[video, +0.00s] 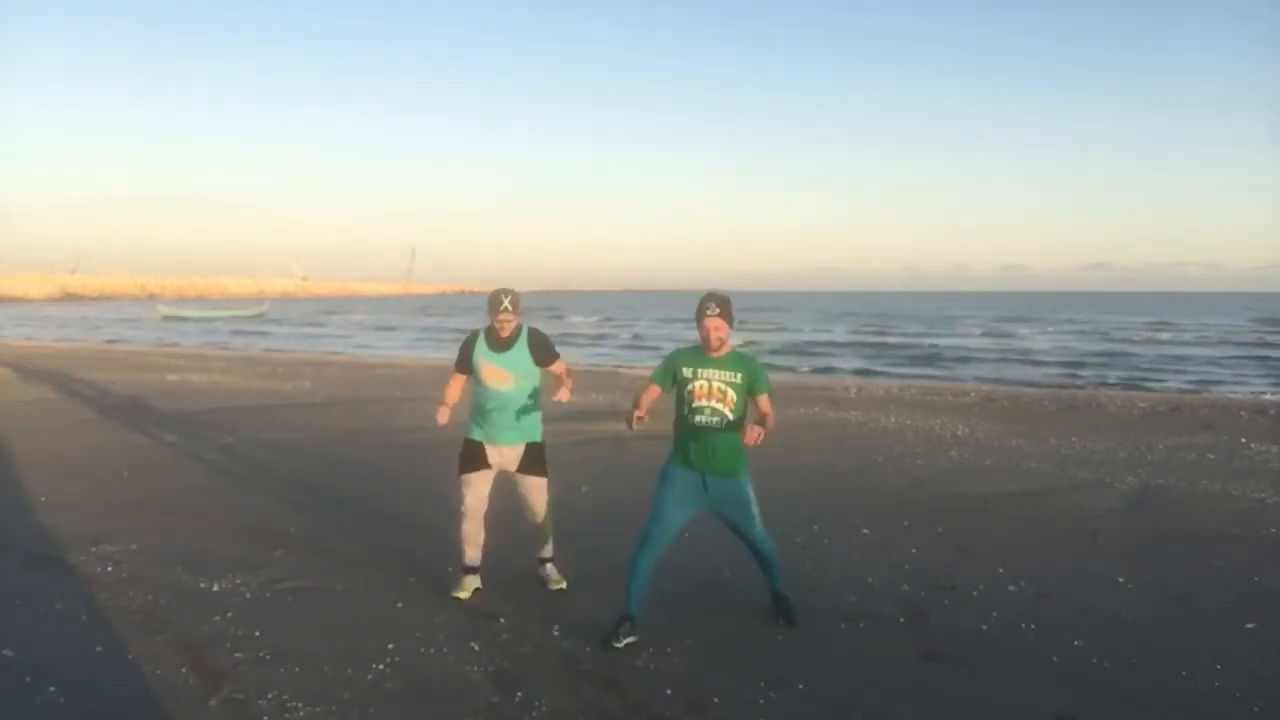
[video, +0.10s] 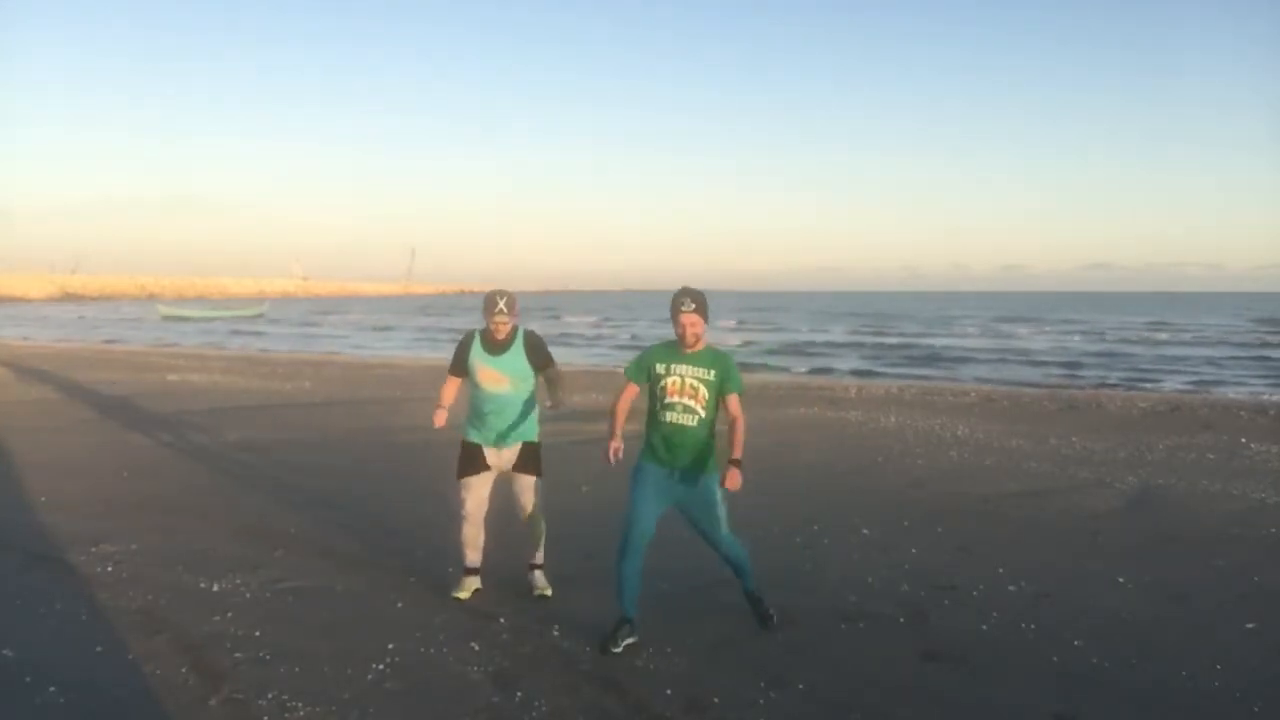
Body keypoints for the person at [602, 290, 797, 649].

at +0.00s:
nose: (711, 334)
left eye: (718, 326)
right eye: (705, 326)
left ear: (730, 327)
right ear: (697, 327)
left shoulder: (748, 366)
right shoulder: (679, 360)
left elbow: (766, 413)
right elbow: (650, 392)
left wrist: (760, 427)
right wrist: (639, 411)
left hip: (730, 475)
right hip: (684, 471)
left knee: (758, 540)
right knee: (652, 543)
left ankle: (780, 598)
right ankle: (629, 620)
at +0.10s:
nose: (686, 327)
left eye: (693, 320)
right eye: (680, 320)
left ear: (705, 322)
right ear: (673, 322)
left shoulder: (720, 362)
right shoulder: (655, 356)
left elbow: (736, 417)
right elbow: (626, 397)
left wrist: (735, 463)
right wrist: (616, 434)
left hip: (699, 471)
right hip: (654, 467)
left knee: (722, 540)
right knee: (634, 540)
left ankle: (753, 595)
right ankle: (627, 621)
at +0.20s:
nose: (673, 330)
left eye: (680, 322)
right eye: (667, 322)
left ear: (692, 323)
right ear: (658, 323)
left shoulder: (707, 367)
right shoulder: (639, 360)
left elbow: (717, 424)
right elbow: (613, 408)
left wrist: (718, 480)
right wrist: (606, 455)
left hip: (686, 472)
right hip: (641, 468)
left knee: (693, 545)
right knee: (627, 543)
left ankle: (709, 603)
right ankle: (627, 620)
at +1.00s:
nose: (680, 336)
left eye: (682, 328)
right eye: (672, 330)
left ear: (684, 331)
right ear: (652, 335)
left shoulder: (701, 374)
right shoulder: (626, 376)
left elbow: (729, 428)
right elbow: (603, 432)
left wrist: (715, 430)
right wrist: (634, 435)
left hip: (690, 490)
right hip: (639, 491)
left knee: (723, 564)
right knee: (624, 567)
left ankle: (753, 649)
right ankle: (624, 626)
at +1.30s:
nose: (713, 320)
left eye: (719, 312)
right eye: (705, 314)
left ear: (728, 317)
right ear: (692, 321)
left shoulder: (756, 361)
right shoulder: (680, 371)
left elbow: (791, 414)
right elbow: (663, 435)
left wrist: (769, 439)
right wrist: (686, 454)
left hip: (750, 488)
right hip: (699, 488)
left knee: (771, 576)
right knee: (672, 561)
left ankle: (776, 671)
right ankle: (641, 621)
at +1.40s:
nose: (725, 321)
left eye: (731, 313)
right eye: (717, 315)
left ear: (745, 319)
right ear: (708, 325)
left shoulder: (777, 367)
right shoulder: (700, 379)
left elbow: (815, 420)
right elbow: (688, 442)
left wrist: (798, 464)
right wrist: (702, 473)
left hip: (774, 492)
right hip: (723, 496)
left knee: (787, 586)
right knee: (710, 581)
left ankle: (779, 675)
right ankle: (688, 637)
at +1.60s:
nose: (737, 310)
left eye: (744, 303)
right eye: (729, 304)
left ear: (758, 309)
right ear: (719, 312)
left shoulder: (788, 349)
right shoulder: (709, 368)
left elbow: (845, 383)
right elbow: (684, 423)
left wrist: (814, 422)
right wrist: (705, 441)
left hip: (792, 484)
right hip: (742, 486)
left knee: (796, 583)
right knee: (739, 583)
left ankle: (782, 675)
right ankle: (742, 675)